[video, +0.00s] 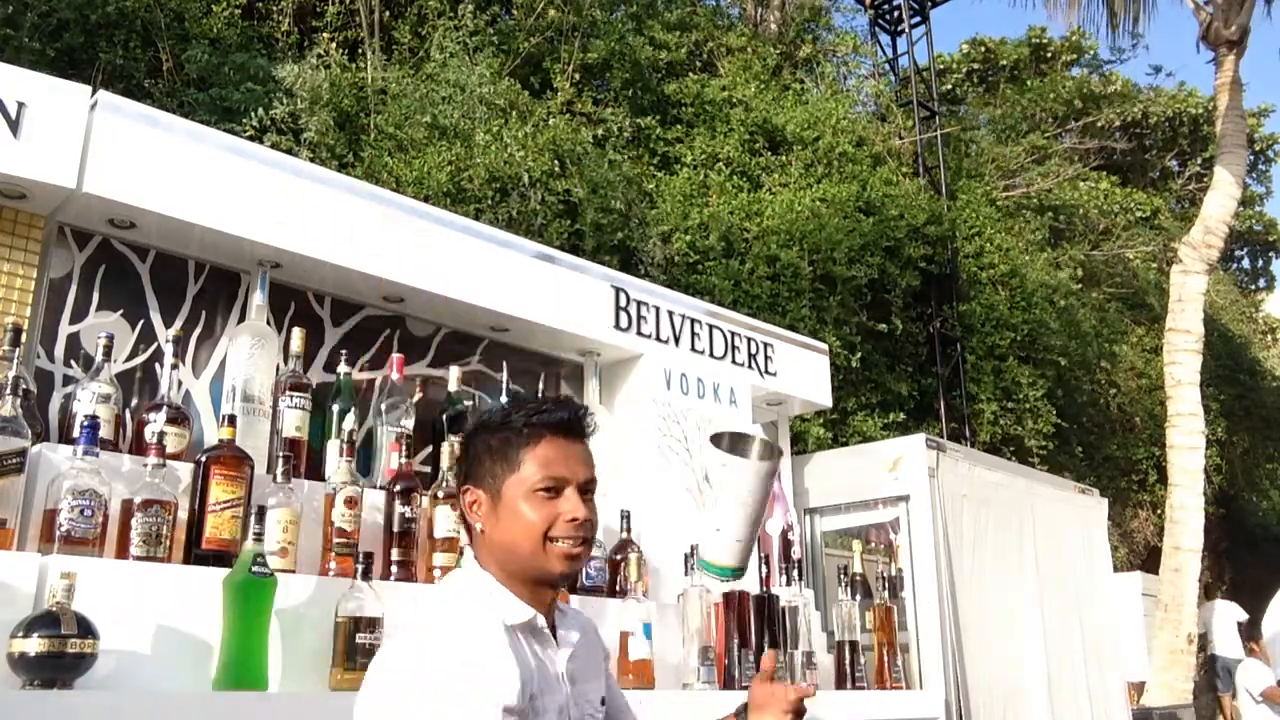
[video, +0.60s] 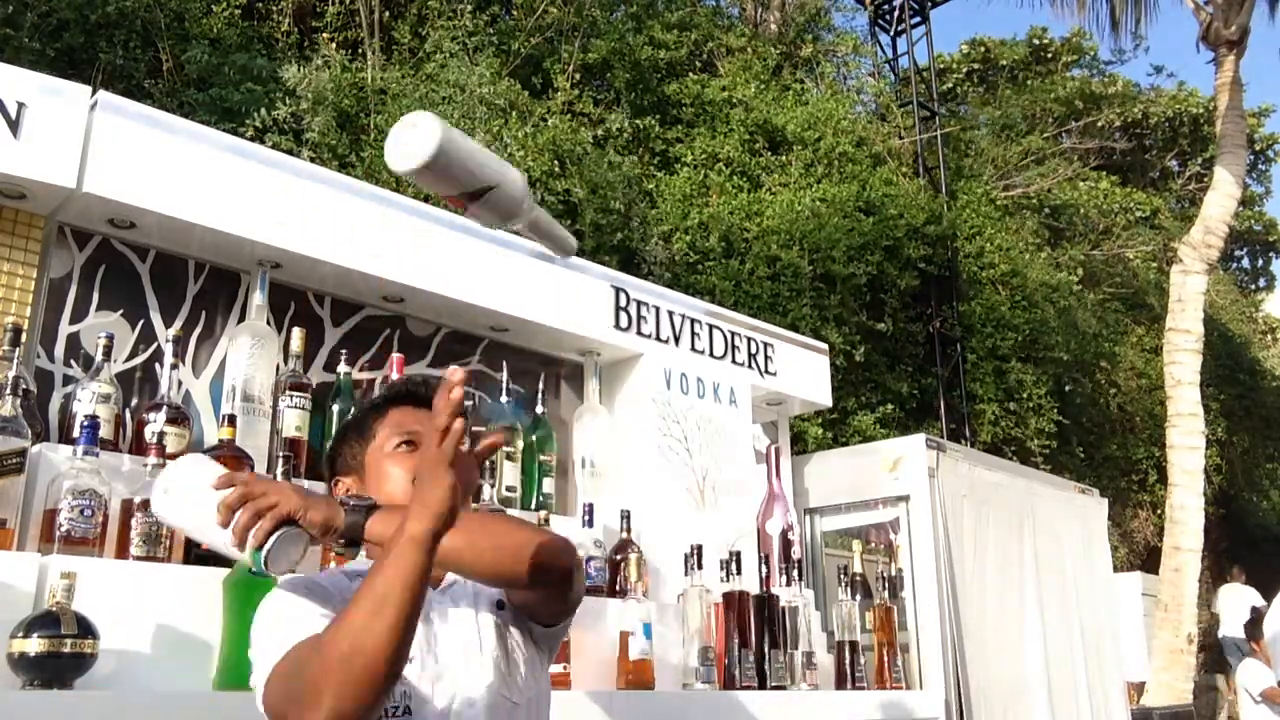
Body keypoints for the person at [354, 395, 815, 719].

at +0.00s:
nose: (582, 512)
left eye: (586, 492)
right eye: (550, 492)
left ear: (595, 495)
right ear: (477, 510)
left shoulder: (580, 631)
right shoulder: (447, 655)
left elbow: (620, 718)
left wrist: (745, 716)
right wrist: (752, 719)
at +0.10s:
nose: (517, 502)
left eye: (529, 480)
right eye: (483, 482)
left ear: (544, 492)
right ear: (420, 501)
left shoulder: (556, 631)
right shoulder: (385, 637)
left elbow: (643, 716)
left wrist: (745, 660)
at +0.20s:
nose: (460, 491)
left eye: (476, 469)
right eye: (429, 472)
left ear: (496, 490)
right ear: (375, 499)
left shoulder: (541, 628)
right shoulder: (307, 624)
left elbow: (649, 717)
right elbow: (283, 709)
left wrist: (674, 658)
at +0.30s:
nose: (419, 482)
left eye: (439, 462)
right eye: (389, 468)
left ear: (467, 493)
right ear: (344, 506)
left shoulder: (505, 616)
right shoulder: (278, 628)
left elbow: (632, 700)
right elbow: (246, 707)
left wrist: (477, 616)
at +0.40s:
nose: (403, 474)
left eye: (422, 458)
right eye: (373, 465)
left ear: (456, 491)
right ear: (335, 513)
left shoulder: (498, 589)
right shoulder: (286, 623)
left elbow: (543, 623)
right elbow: (225, 712)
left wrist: (316, 587)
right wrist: (162, 710)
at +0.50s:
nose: (414, 463)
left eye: (429, 450)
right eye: (381, 455)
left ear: (455, 486)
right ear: (337, 509)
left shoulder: (506, 589)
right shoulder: (297, 606)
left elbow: (515, 581)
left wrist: (293, 551)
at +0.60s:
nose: (437, 464)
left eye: (453, 450)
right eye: (408, 445)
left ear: (475, 484)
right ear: (348, 489)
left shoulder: (509, 601)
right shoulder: (296, 601)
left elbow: (554, 562)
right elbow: (315, 709)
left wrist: (341, 517)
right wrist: (423, 523)